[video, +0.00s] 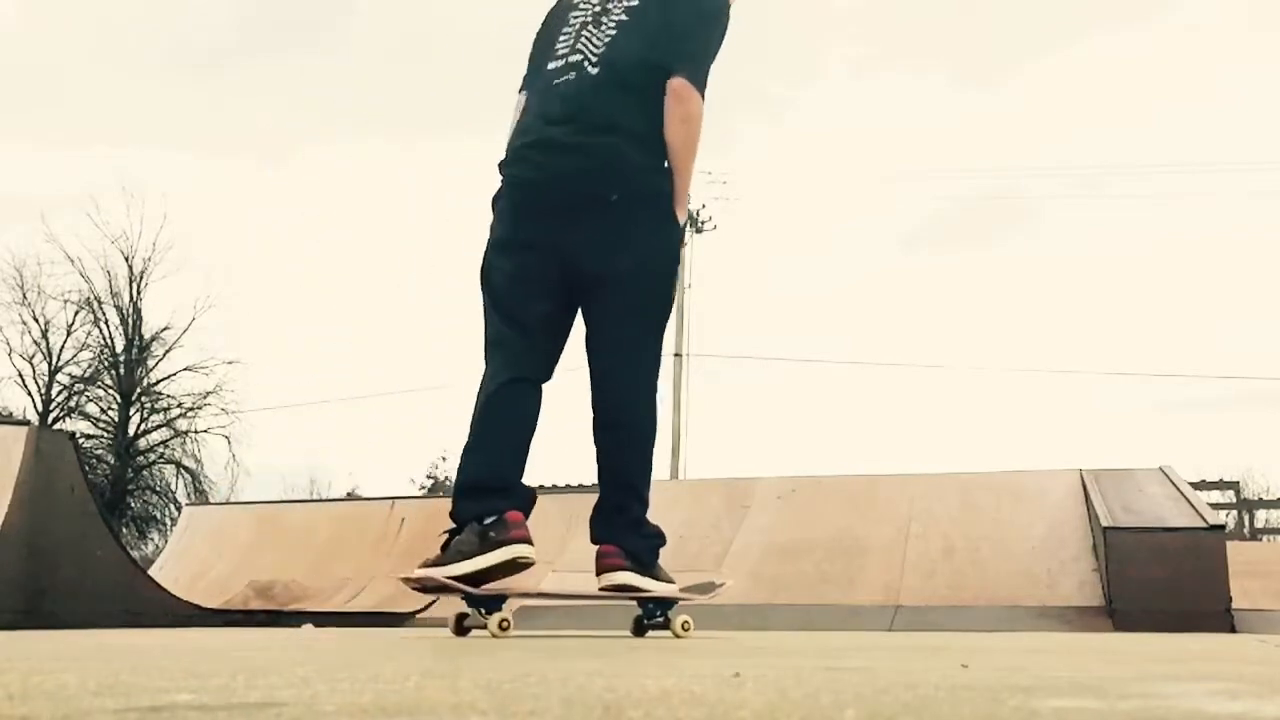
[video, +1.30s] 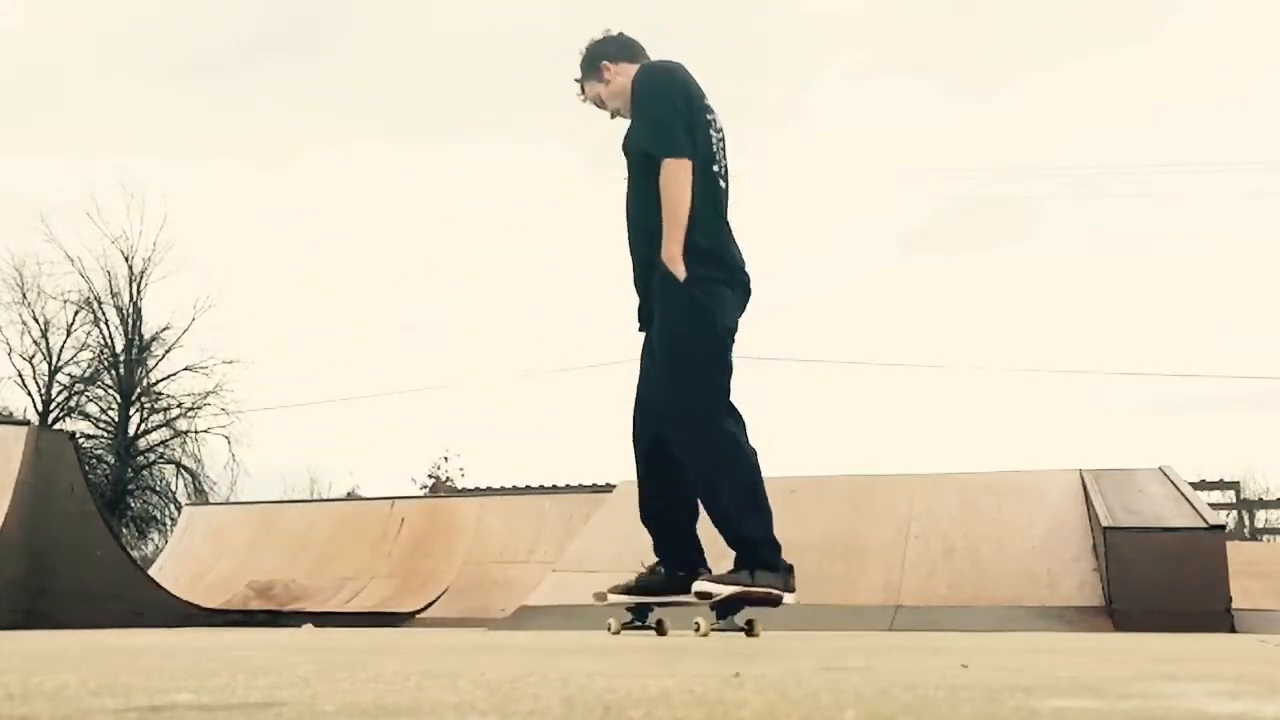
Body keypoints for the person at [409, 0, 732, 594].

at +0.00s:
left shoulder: (565, 8)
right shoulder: (700, 4)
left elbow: (528, 102)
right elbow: (680, 90)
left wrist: (518, 177)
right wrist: (679, 197)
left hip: (532, 189)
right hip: (628, 194)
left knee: (512, 367)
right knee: (626, 384)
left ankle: (489, 517)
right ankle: (624, 541)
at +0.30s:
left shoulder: (619, 11)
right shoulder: (755, 13)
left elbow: (586, 114)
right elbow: (749, 116)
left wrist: (577, 197)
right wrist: (743, 219)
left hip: (598, 212)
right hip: (694, 218)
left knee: (580, 377)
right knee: (689, 398)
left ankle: (561, 519)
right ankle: (682, 548)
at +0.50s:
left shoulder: (634, 19)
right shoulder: (772, 25)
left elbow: (610, 124)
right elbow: (779, 131)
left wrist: (607, 216)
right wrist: (772, 226)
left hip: (640, 222)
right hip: (736, 224)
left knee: (628, 389)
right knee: (737, 398)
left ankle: (624, 536)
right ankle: (742, 554)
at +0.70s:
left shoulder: (648, 16)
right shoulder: (756, 49)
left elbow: (646, 118)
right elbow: (777, 150)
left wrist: (641, 227)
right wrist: (776, 220)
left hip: (685, 229)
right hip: (763, 230)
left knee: (672, 387)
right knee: (784, 390)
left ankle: (707, 544)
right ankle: (823, 553)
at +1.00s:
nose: (624, 71)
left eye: (619, 60)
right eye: (619, 64)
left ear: (627, 34)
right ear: (665, 19)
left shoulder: (660, 48)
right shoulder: (733, 70)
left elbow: (678, 142)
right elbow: (760, 174)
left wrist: (679, 244)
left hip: (716, 251)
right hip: (756, 247)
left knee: (719, 406)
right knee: (723, 404)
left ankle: (787, 556)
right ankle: (747, 556)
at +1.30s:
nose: (604, 109)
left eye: (597, 96)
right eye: (596, 103)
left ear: (613, 70)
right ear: (618, 71)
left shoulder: (659, 76)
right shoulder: (669, 99)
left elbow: (677, 162)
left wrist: (670, 253)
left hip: (696, 283)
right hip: (678, 290)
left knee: (698, 417)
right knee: (655, 423)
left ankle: (761, 563)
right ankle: (679, 563)